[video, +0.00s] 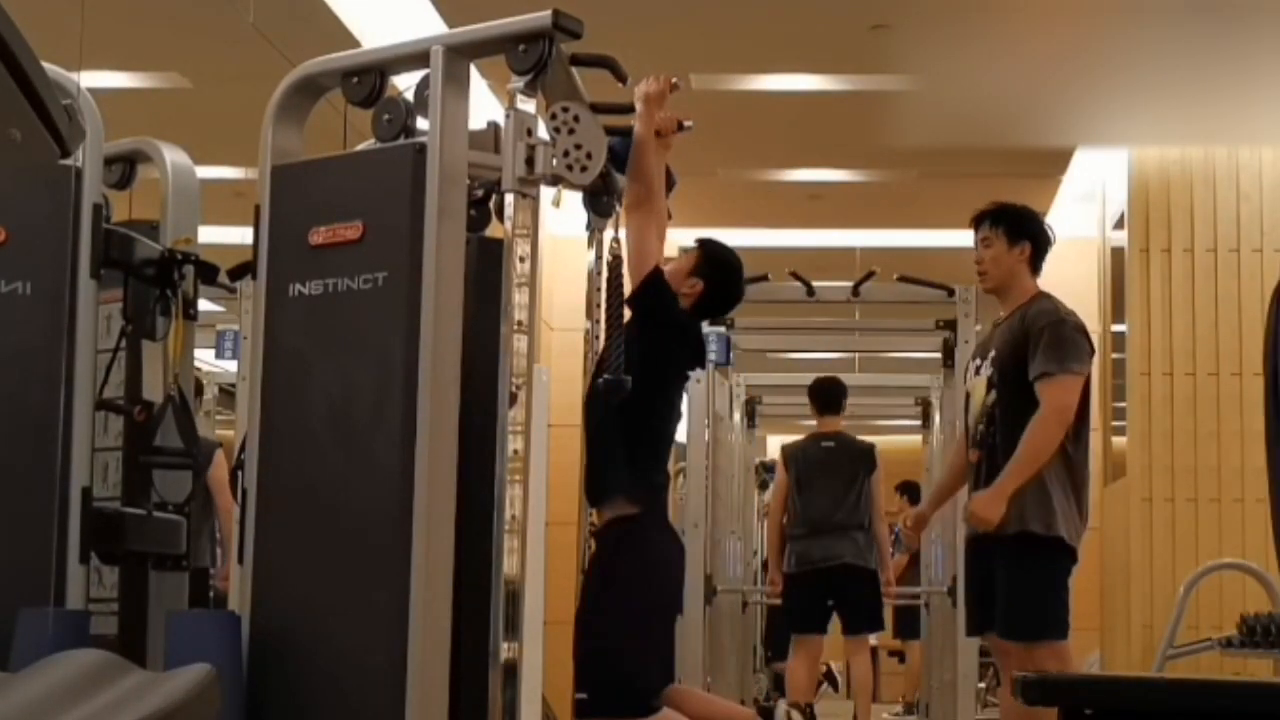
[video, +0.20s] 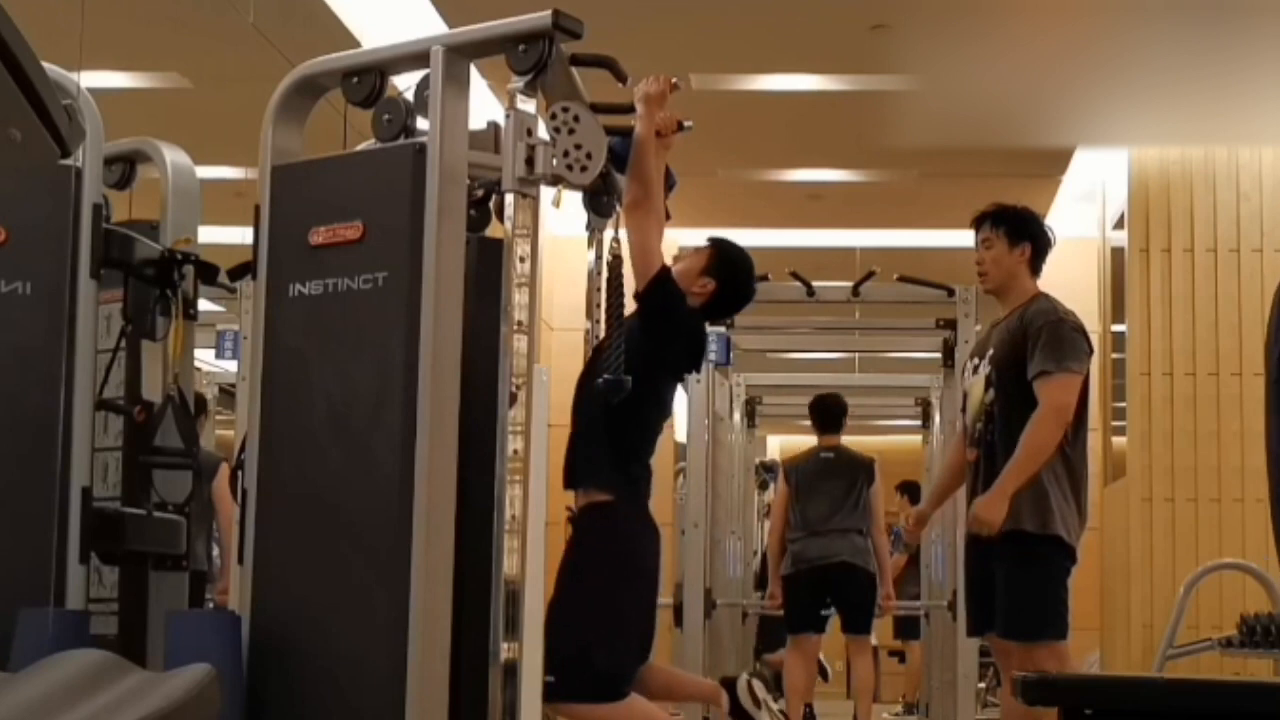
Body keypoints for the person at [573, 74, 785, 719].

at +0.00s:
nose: (669, 259)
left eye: (681, 257)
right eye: (678, 255)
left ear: (693, 287)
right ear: (690, 289)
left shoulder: (664, 327)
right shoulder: (656, 327)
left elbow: (646, 209)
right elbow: (645, 216)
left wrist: (645, 123)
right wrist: (658, 133)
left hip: (633, 542)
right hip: (633, 540)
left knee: (621, 704)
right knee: (642, 692)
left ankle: (745, 717)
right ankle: (755, 716)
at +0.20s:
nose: (679, 253)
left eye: (692, 253)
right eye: (690, 249)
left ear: (703, 281)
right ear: (705, 287)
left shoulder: (666, 319)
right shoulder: (665, 321)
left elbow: (639, 205)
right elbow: (645, 217)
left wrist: (646, 123)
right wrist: (655, 138)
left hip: (608, 532)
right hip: (620, 528)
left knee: (574, 692)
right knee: (617, 670)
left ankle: (685, 715)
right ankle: (722, 696)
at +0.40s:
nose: (698, 242)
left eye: (711, 239)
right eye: (708, 236)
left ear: (727, 264)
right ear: (729, 268)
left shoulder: (689, 307)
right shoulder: (688, 307)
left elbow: (639, 212)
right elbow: (647, 217)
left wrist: (646, 125)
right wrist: (656, 137)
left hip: (589, 486)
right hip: (600, 485)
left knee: (546, 649)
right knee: (600, 629)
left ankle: (683, 710)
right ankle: (701, 657)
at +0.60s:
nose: (712, 208)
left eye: (724, 203)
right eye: (720, 202)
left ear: (745, 227)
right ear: (753, 235)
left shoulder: (709, 274)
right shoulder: (712, 282)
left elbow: (639, 209)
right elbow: (643, 217)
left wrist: (648, 127)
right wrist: (652, 136)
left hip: (585, 438)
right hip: (604, 441)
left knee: (536, 589)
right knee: (578, 582)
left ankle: (650, 660)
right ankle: (670, 631)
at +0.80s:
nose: (723, 168)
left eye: (733, 158)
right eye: (730, 158)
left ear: (758, 171)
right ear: (772, 182)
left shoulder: (726, 222)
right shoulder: (750, 249)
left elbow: (638, 195)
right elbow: (647, 235)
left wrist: (645, 122)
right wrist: (656, 151)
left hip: (603, 377)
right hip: (633, 386)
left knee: (532, 521)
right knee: (577, 527)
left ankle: (620, 613)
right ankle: (660, 576)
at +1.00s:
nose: (719, 117)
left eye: (729, 106)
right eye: (726, 105)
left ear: (753, 119)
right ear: (767, 128)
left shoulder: (733, 180)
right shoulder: (754, 197)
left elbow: (640, 187)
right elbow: (649, 208)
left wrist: (645, 119)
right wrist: (658, 145)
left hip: (620, 332)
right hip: (643, 345)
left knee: (535, 472)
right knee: (581, 481)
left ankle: (617, 572)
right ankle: (655, 528)